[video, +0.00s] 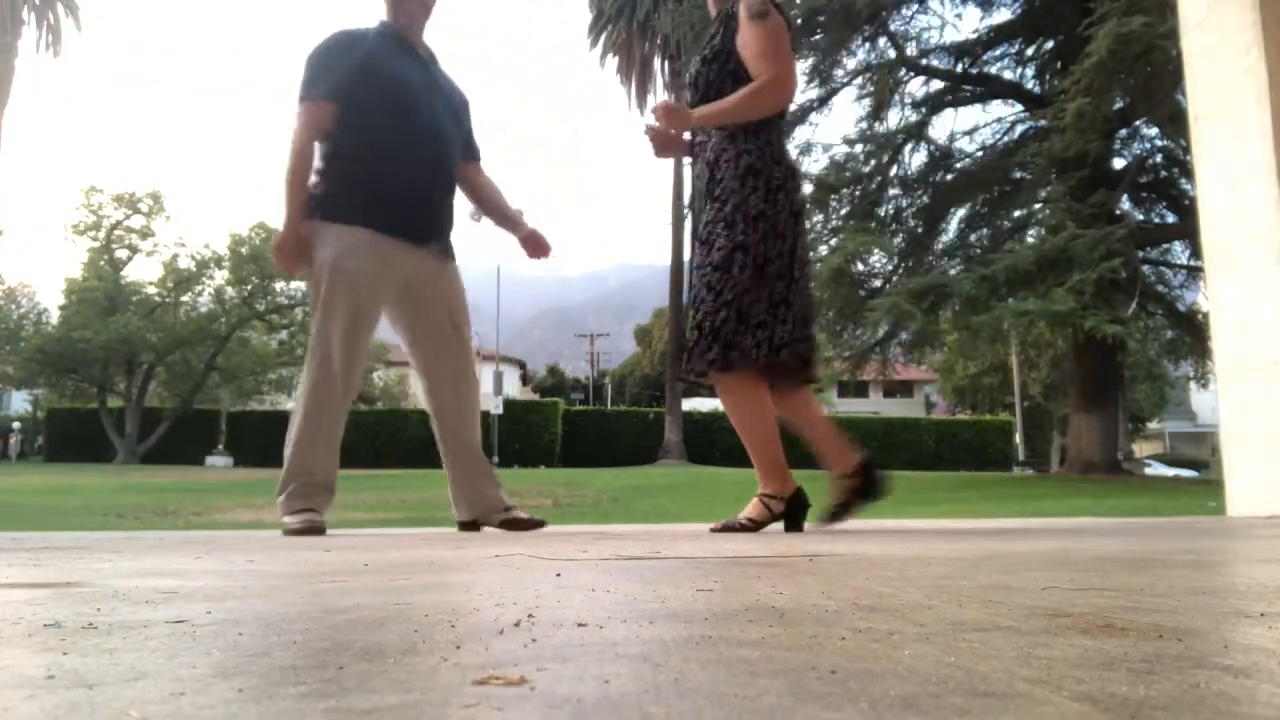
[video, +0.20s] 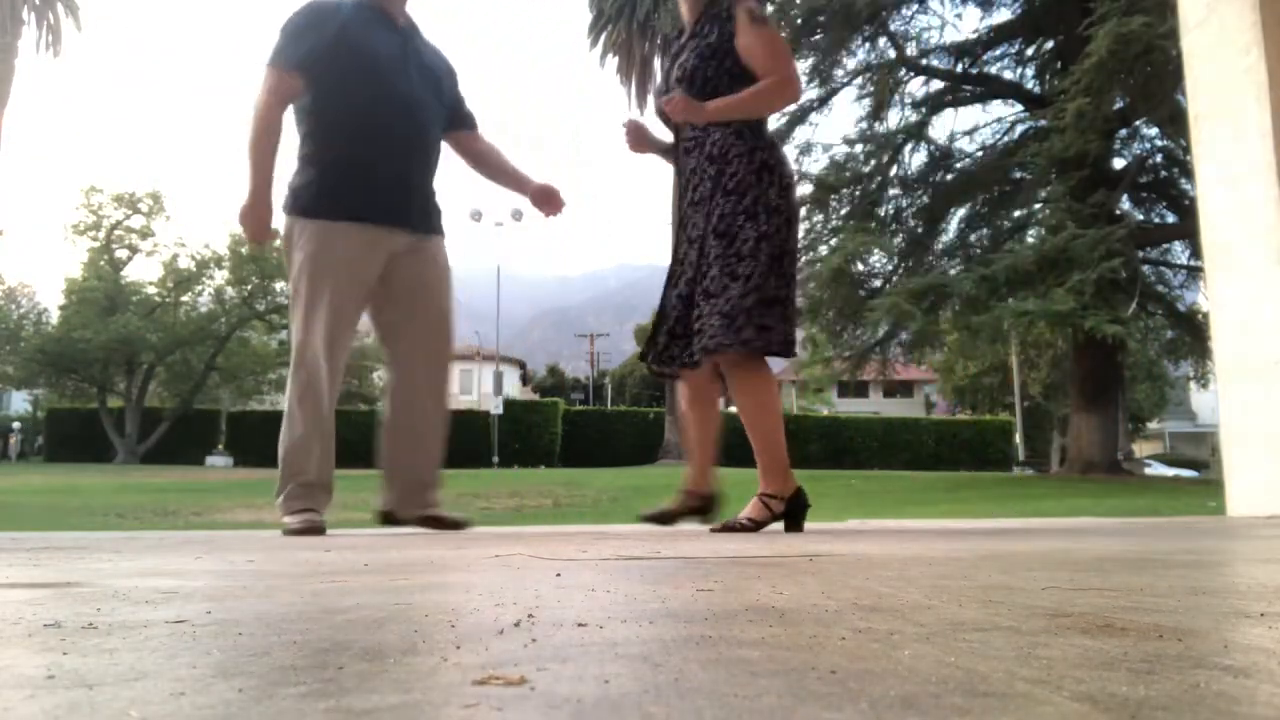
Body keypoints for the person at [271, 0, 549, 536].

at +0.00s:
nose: (418, 1)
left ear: (434, 6)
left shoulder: (449, 93)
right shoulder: (348, 47)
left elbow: (471, 175)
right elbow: (305, 136)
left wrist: (518, 225)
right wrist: (294, 220)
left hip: (428, 252)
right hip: (352, 236)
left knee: (454, 378)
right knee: (331, 372)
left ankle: (480, 505)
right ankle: (303, 504)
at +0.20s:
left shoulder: (432, 60)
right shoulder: (327, 15)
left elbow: (469, 142)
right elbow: (271, 101)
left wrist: (529, 186)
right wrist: (258, 198)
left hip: (415, 229)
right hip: (334, 220)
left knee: (424, 363)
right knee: (317, 362)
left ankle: (410, 503)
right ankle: (303, 503)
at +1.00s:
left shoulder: (377, 29)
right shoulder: (266, 1)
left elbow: (384, 123)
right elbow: (214, 43)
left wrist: (465, 160)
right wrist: (247, 135)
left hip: (360, 206)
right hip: (282, 188)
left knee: (375, 353)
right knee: (257, 346)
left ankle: (366, 500)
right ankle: (221, 505)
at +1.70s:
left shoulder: (352, 32)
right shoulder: (243, 1)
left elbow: (358, 129)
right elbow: (195, 41)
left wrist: (439, 168)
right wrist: (277, 54)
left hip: (323, 201)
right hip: (241, 181)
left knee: (358, 351)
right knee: (247, 343)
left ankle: (341, 505)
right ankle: (219, 506)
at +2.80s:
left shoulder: (365, 16)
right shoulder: (242, 2)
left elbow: (402, 115)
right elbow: (196, 37)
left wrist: (491, 138)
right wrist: (238, 119)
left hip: (332, 192)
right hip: (248, 175)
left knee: (341, 348)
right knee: (236, 344)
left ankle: (340, 504)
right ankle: (219, 505)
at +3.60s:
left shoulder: (353, 38)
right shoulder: (229, 5)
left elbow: (424, 113)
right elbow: (181, 70)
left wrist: (513, 122)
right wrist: (202, 113)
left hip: (314, 208)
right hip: (233, 197)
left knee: (324, 340)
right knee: (239, 350)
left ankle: (266, 485)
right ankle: (250, 503)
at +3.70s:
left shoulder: (353, 47)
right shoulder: (229, 10)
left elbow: (429, 109)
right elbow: (180, 90)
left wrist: (516, 138)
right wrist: (181, 147)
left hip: (303, 221)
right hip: (224, 202)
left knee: (290, 352)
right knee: (233, 353)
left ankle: (184, 459)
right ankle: (251, 504)